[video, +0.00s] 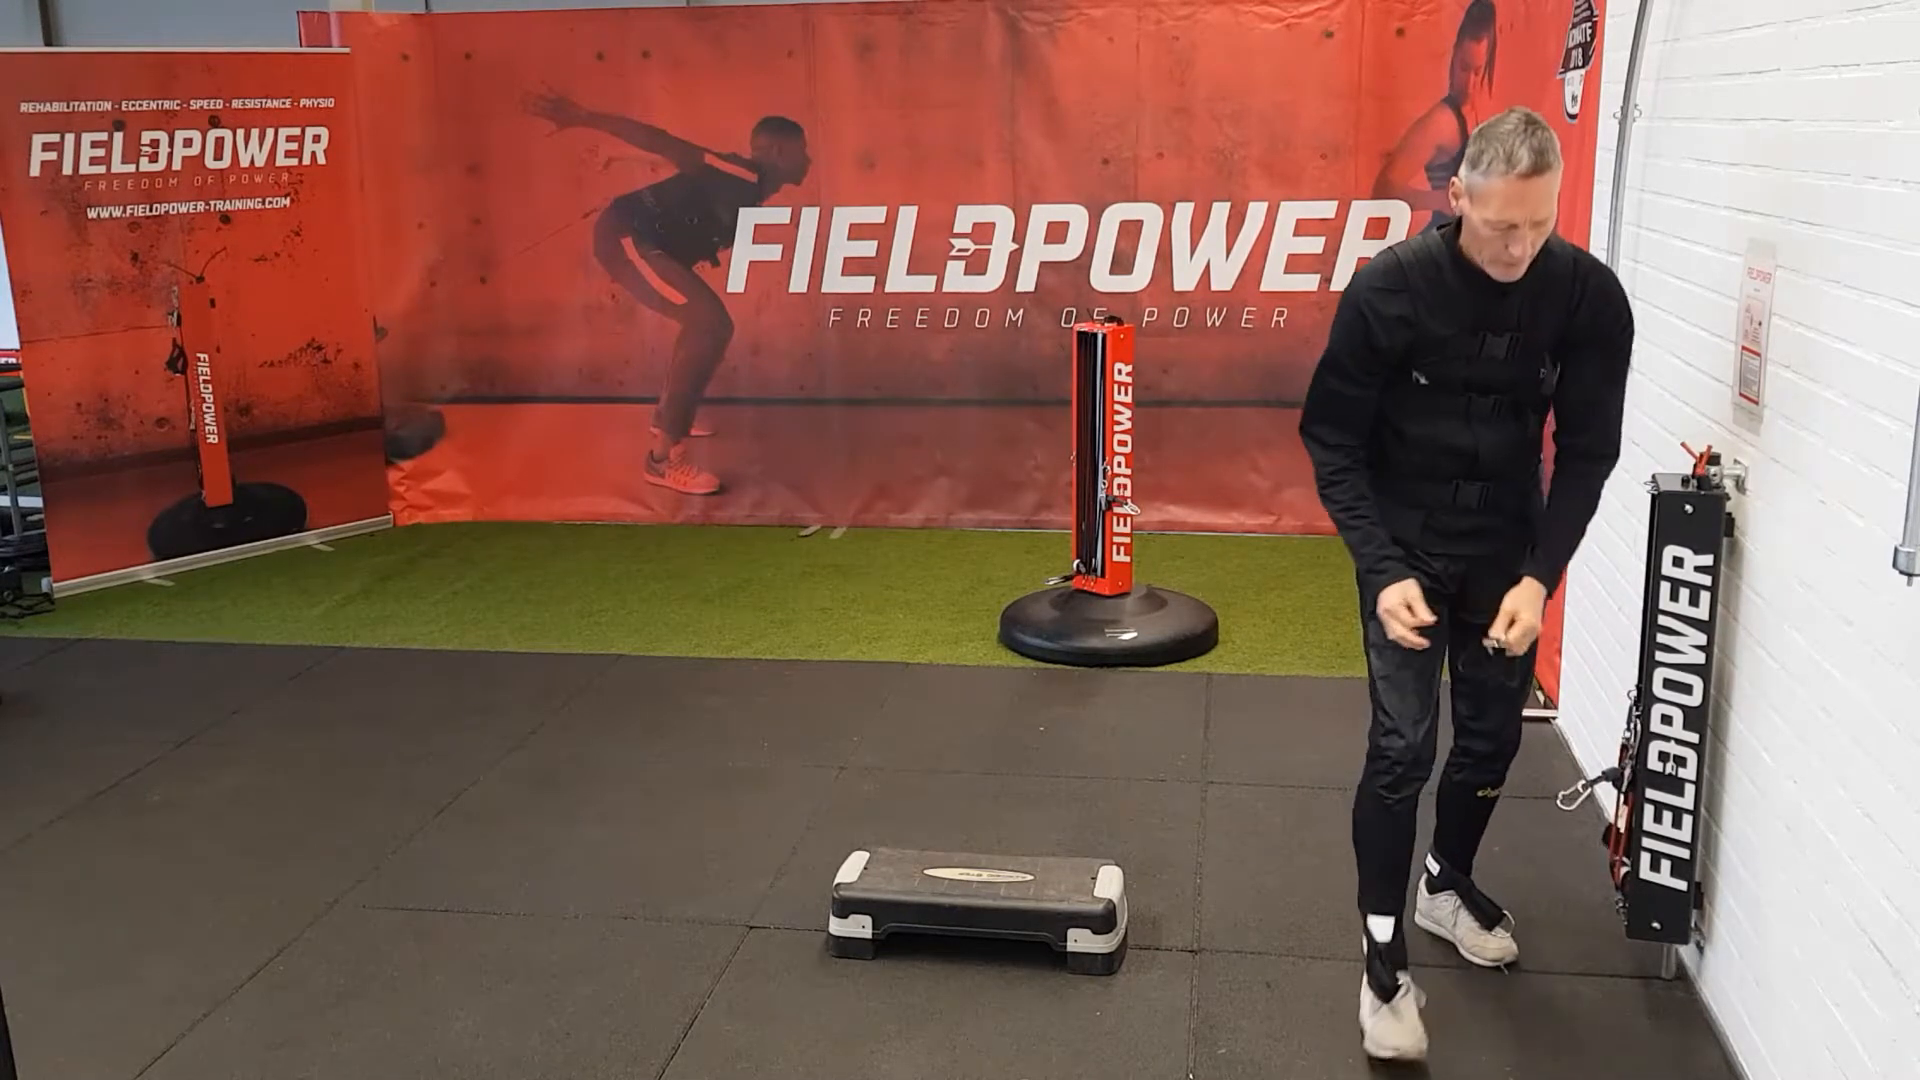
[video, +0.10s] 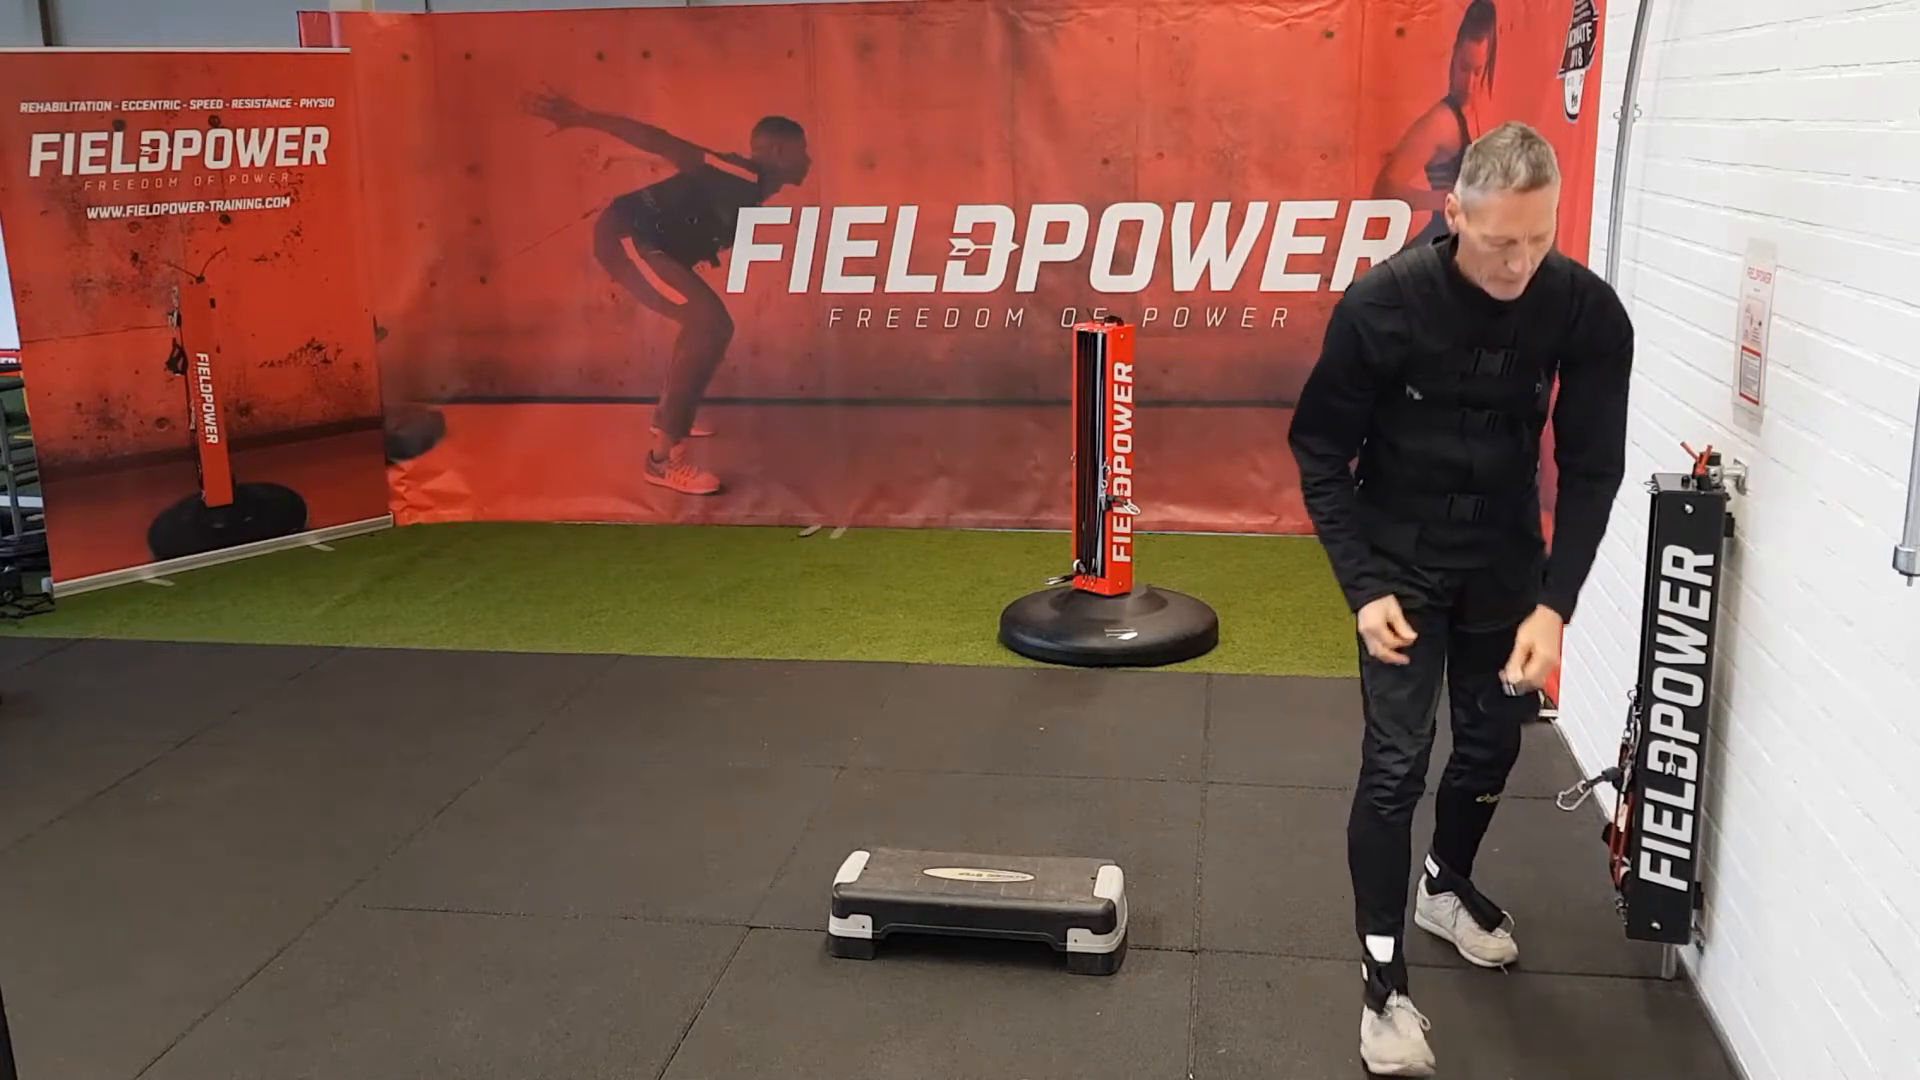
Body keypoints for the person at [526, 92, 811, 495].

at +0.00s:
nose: (807, 159)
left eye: (804, 150)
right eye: (801, 150)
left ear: (773, 151)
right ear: (772, 150)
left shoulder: (749, 189)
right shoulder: (737, 178)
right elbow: (662, 143)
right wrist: (582, 117)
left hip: (642, 237)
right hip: (627, 235)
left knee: (710, 322)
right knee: (712, 325)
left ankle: (670, 413)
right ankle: (665, 458)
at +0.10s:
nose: (807, 159)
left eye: (804, 150)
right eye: (800, 150)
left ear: (774, 151)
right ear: (772, 150)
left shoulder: (750, 190)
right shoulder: (736, 177)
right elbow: (661, 143)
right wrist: (582, 117)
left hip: (643, 236)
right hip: (627, 234)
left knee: (708, 322)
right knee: (713, 325)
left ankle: (670, 414)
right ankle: (665, 457)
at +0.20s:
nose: (807, 159)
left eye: (804, 150)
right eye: (800, 150)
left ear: (774, 152)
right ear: (772, 150)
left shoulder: (749, 191)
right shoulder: (735, 178)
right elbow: (661, 142)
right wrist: (582, 117)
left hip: (644, 236)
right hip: (627, 233)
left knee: (709, 322)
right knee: (712, 325)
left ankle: (670, 414)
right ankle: (665, 457)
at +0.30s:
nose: (807, 159)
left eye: (804, 150)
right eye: (801, 150)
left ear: (773, 151)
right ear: (772, 150)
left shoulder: (748, 188)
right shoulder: (736, 178)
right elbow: (662, 143)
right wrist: (582, 117)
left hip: (642, 236)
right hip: (627, 235)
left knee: (710, 322)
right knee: (712, 325)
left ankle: (670, 413)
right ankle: (665, 457)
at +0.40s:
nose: (807, 159)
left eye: (804, 150)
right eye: (800, 149)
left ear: (774, 151)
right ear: (772, 150)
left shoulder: (749, 191)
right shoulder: (735, 177)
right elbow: (661, 143)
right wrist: (582, 117)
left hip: (643, 236)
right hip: (627, 234)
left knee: (708, 322)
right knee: (713, 325)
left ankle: (670, 414)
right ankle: (665, 457)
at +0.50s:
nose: (807, 159)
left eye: (804, 150)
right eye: (800, 150)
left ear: (774, 151)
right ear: (772, 150)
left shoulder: (749, 191)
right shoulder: (735, 177)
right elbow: (661, 143)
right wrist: (582, 117)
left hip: (643, 236)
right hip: (627, 234)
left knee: (708, 322)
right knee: (713, 325)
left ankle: (670, 414)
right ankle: (665, 457)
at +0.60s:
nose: (807, 159)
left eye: (804, 150)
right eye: (801, 150)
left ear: (773, 151)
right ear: (772, 150)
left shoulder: (748, 188)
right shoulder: (736, 177)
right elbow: (662, 143)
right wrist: (582, 117)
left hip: (642, 236)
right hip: (627, 234)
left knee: (710, 321)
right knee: (712, 325)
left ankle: (670, 413)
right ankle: (665, 457)